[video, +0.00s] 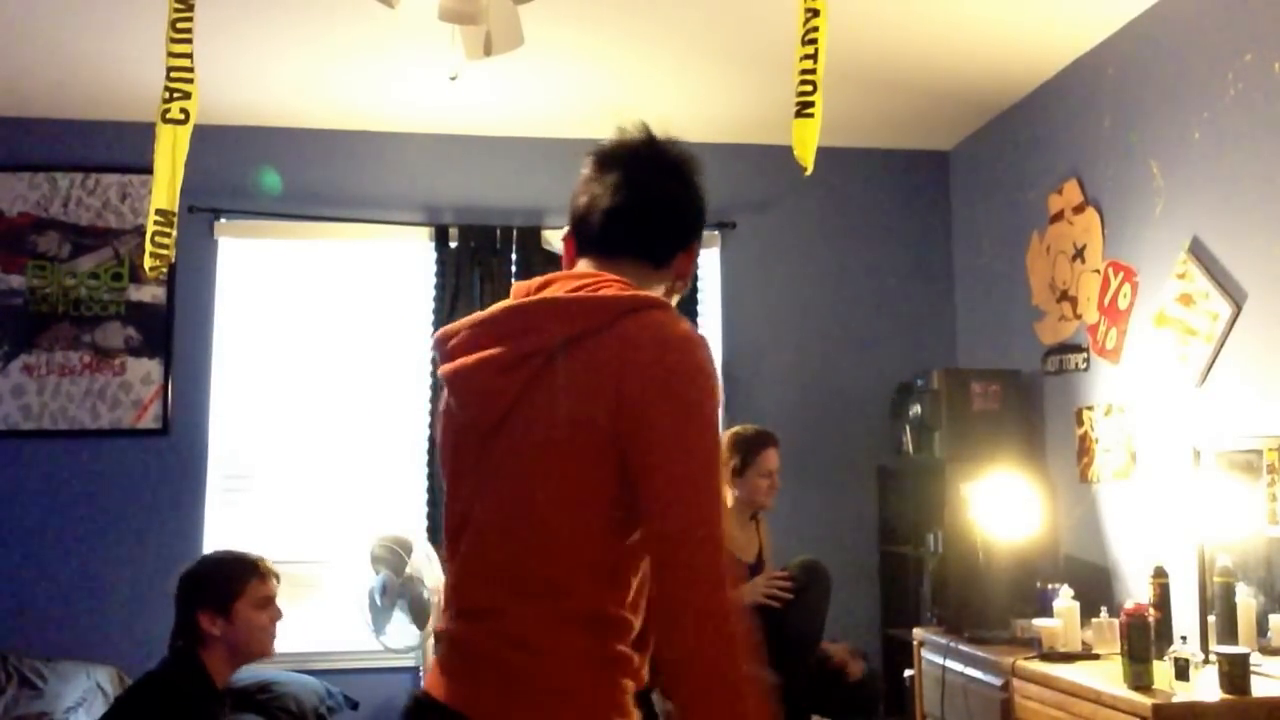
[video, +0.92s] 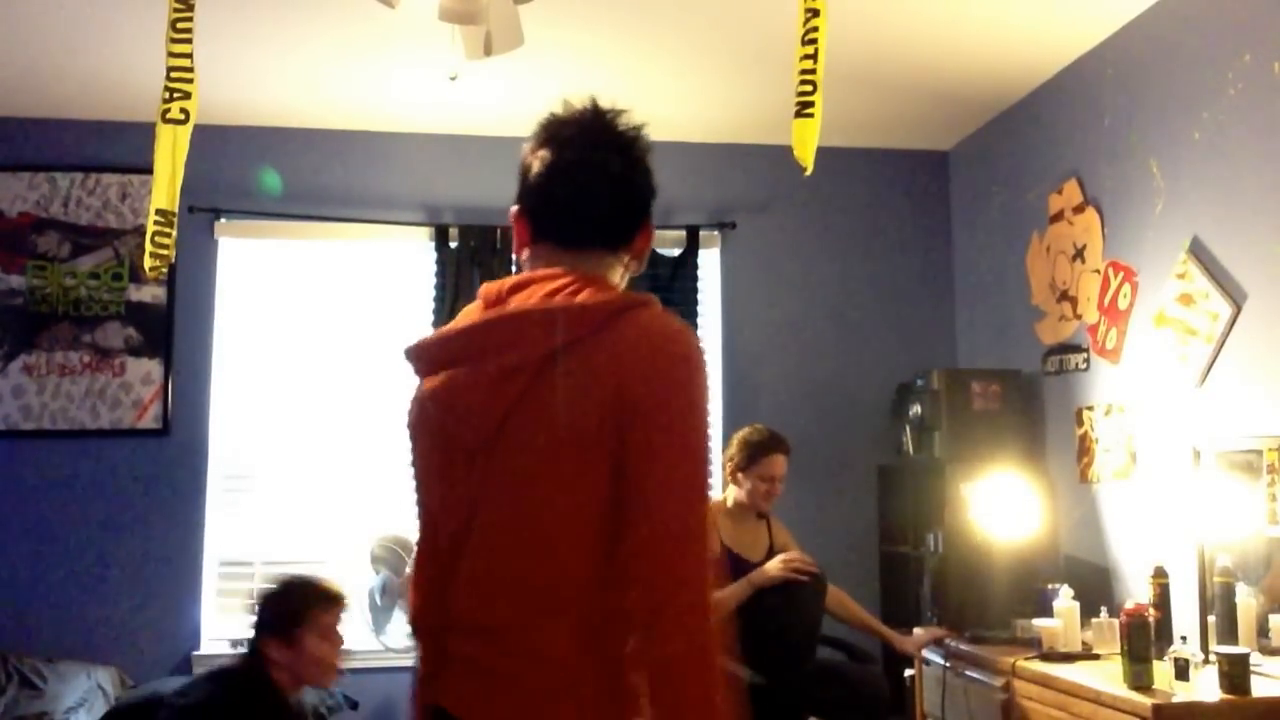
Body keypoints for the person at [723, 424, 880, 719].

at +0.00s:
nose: (775, 485)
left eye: (776, 475)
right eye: (765, 476)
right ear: (734, 476)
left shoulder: (757, 525)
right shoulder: (713, 529)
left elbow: (768, 610)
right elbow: (697, 607)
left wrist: (822, 649)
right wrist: (742, 595)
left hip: (755, 647)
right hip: (721, 652)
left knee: (861, 687)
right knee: (810, 574)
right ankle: (794, 706)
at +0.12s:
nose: (776, 485)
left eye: (777, 475)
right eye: (767, 475)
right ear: (735, 475)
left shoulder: (761, 527)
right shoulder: (713, 527)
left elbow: (793, 598)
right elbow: (699, 596)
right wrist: (743, 593)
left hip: (765, 634)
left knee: (862, 675)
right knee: (810, 574)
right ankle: (791, 697)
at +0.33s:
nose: (778, 485)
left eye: (779, 476)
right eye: (769, 476)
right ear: (732, 475)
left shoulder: (765, 531)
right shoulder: (699, 528)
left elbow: (819, 591)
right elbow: (663, 612)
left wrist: (891, 632)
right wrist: (738, 597)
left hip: (749, 645)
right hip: (700, 653)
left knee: (860, 677)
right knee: (812, 574)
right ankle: (796, 702)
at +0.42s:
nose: (778, 487)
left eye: (780, 478)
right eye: (770, 477)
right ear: (733, 474)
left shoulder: (767, 532)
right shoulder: (703, 526)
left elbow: (821, 592)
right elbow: (683, 610)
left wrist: (893, 634)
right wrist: (740, 596)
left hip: (762, 645)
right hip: (721, 654)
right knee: (813, 574)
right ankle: (795, 706)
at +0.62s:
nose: (779, 491)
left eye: (783, 481)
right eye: (769, 480)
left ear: (785, 480)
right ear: (737, 475)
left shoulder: (773, 537)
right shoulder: (705, 530)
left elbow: (825, 597)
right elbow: (668, 613)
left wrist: (896, 638)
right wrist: (753, 583)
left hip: (761, 644)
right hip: (710, 649)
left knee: (815, 575)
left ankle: (797, 680)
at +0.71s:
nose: (777, 491)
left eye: (781, 482)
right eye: (768, 481)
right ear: (736, 474)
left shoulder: (769, 531)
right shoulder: (705, 522)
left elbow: (822, 593)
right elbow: (702, 609)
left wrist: (895, 638)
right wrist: (753, 581)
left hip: (766, 640)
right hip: (726, 650)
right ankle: (788, 708)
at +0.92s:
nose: (775, 490)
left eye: (780, 481)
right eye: (766, 480)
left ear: (784, 479)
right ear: (734, 473)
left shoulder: (771, 529)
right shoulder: (705, 521)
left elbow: (820, 591)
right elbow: (703, 610)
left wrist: (896, 639)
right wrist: (758, 578)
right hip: (723, 655)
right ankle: (786, 706)